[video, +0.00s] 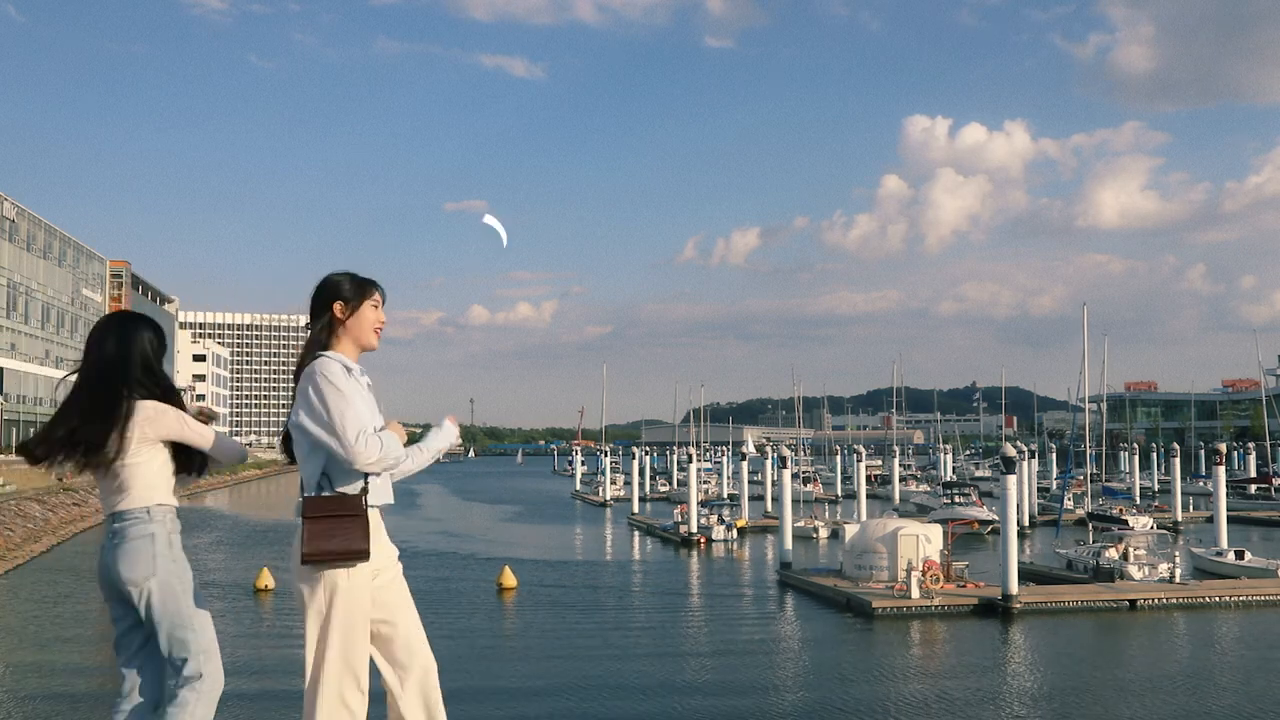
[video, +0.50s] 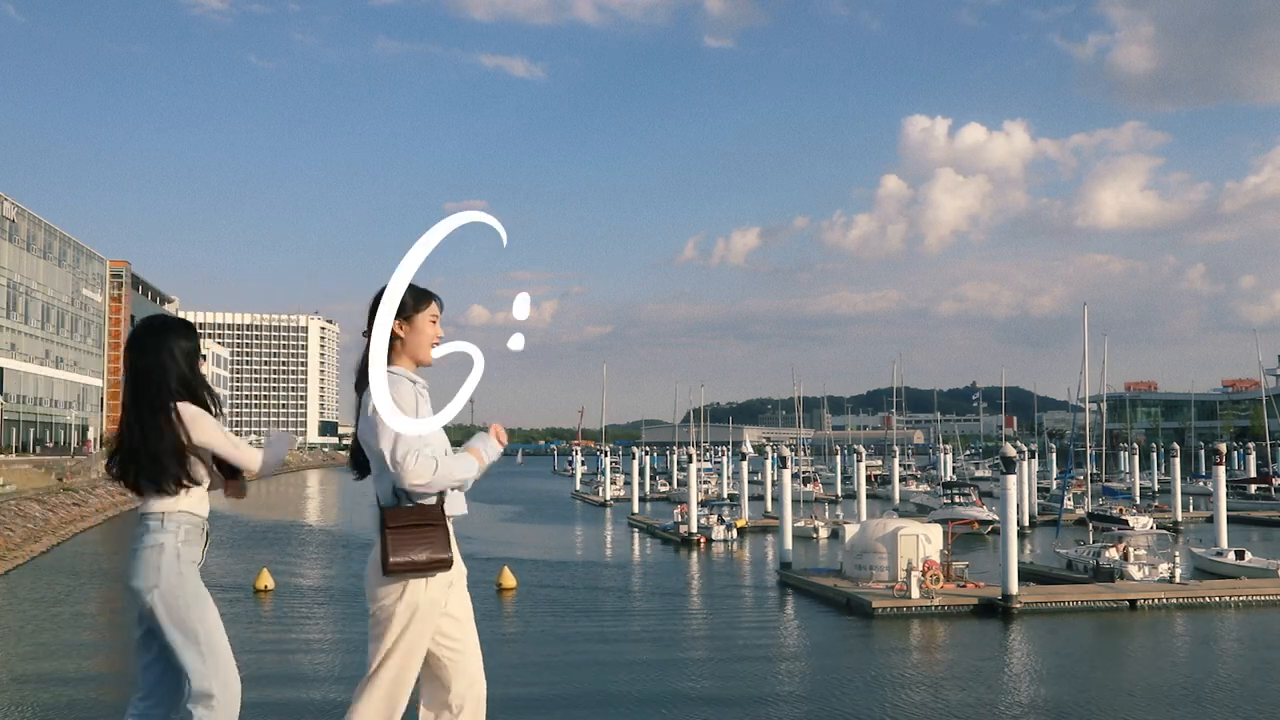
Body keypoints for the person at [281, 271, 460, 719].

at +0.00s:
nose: (383, 319)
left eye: (383, 309)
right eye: (375, 308)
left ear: (348, 315)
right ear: (341, 312)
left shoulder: (356, 378)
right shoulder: (325, 372)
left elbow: (385, 466)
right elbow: (359, 451)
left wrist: (437, 442)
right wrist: (391, 438)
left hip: (371, 527)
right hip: (337, 529)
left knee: (415, 669)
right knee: (338, 679)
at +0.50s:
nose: (439, 333)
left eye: (439, 323)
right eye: (431, 322)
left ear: (407, 331)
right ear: (399, 328)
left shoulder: (412, 388)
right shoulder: (390, 389)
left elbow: (425, 472)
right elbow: (415, 473)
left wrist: (476, 452)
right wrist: (480, 451)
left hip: (438, 541)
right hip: (410, 543)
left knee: (462, 692)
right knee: (383, 693)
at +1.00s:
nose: (483, 336)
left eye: (484, 326)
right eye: (476, 326)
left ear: (449, 327)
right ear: (447, 326)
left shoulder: (437, 377)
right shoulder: (448, 371)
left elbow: (521, 344)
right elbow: (494, 328)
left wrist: (557, 289)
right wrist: (540, 252)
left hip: (458, 545)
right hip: (486, 547)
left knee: (474, 690)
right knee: (540, 686)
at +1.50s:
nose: (546, 342)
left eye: (546, 332)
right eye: (538, 332)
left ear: (511, 340)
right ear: (511, 338)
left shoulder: (525, 389)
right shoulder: (491, 394)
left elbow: (587, 344)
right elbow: (555, 346)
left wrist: (640, 294)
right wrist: (609, 278)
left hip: (549, 553)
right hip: (522, 557)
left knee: (604, 692)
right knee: (559, 699)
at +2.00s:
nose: (607, 333)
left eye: (605, 324)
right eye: (600, 323)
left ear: (577, 329)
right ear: (574, 329)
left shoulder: (592, 384)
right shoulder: (553, 383)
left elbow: (641, 341)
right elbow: (609, 332)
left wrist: (687, 280)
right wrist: (658, 252)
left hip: (622, 539)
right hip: (586, 541)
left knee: (657, 698)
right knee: (603, 699)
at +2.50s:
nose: (673, 347)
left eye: (673, 336)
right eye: (665, 336)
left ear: (636, 341)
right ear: (633, 340)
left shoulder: (640, 392)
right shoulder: (621, 390)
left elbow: (699, 342)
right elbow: (684, 344)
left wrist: (750, 287)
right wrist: (740, 274)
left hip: (655, 549)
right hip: (643, 551)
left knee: (663, 697)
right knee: (723, 695)